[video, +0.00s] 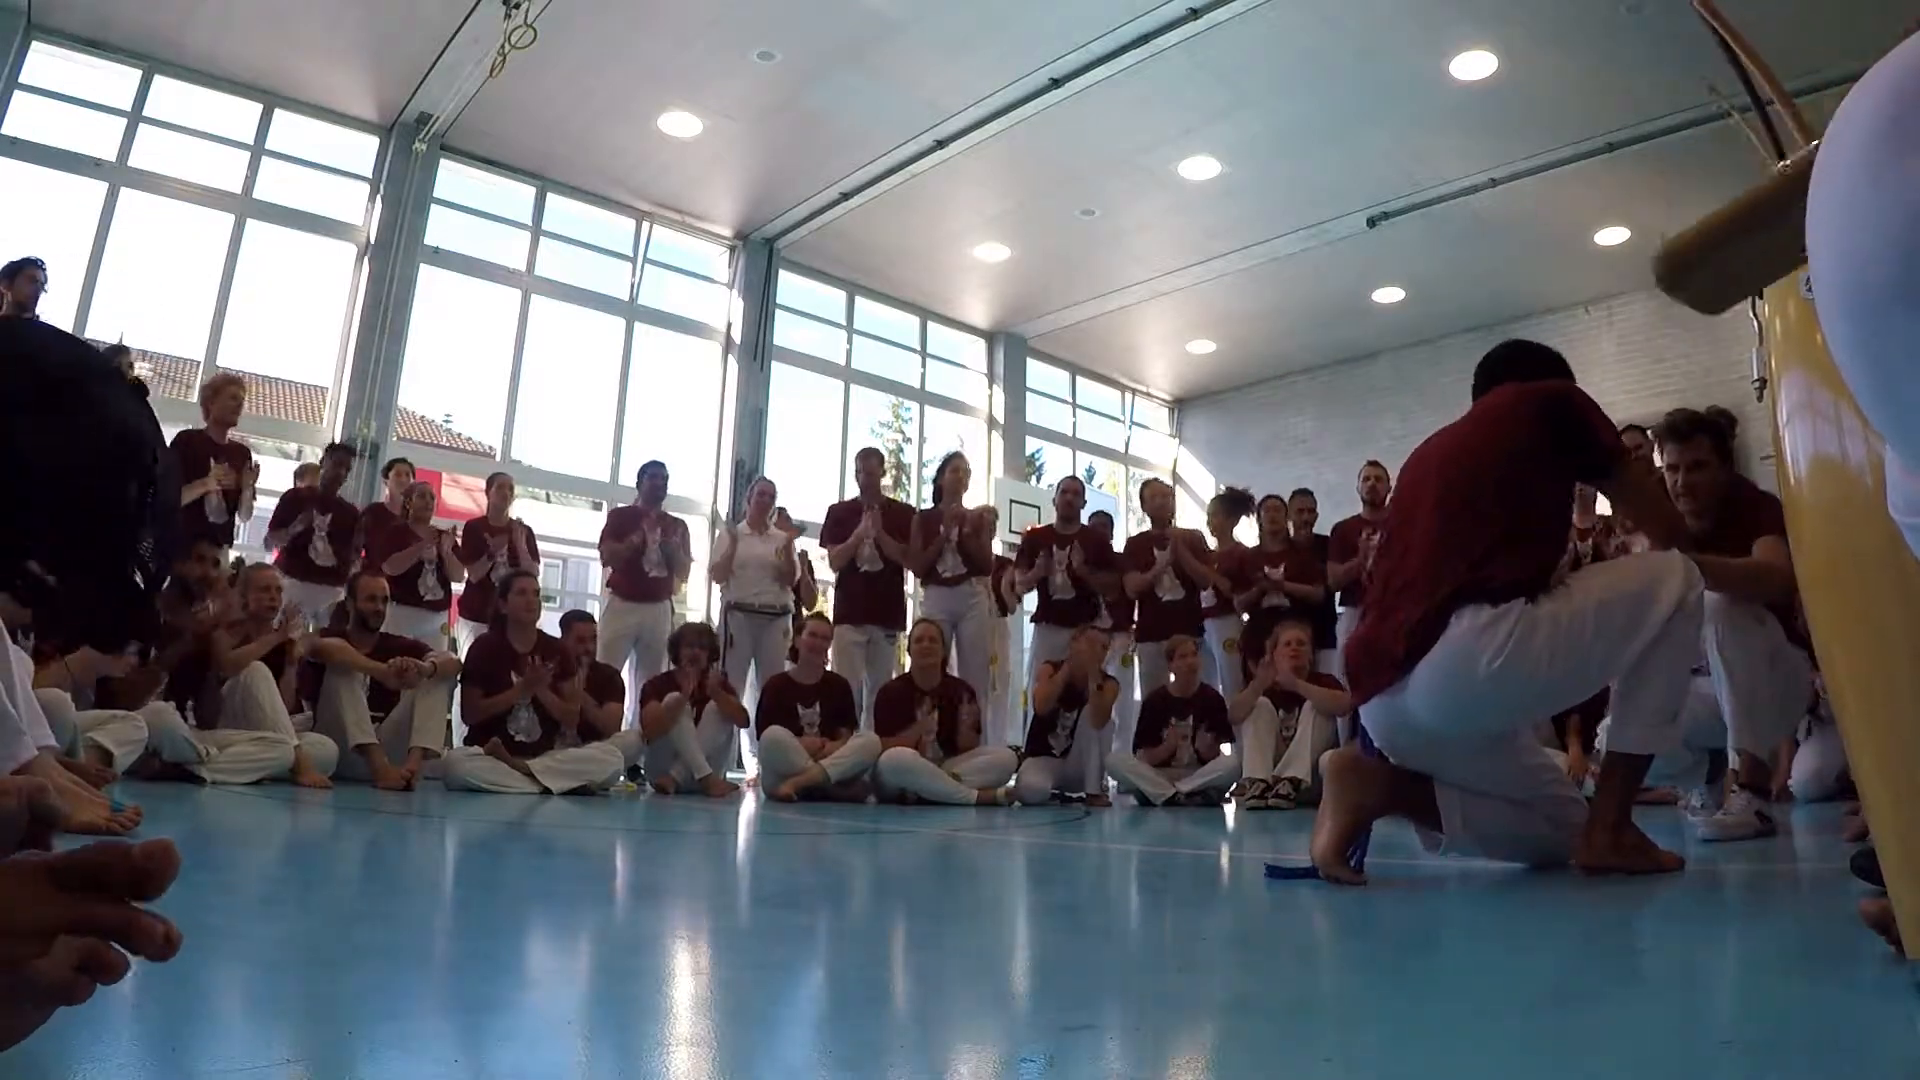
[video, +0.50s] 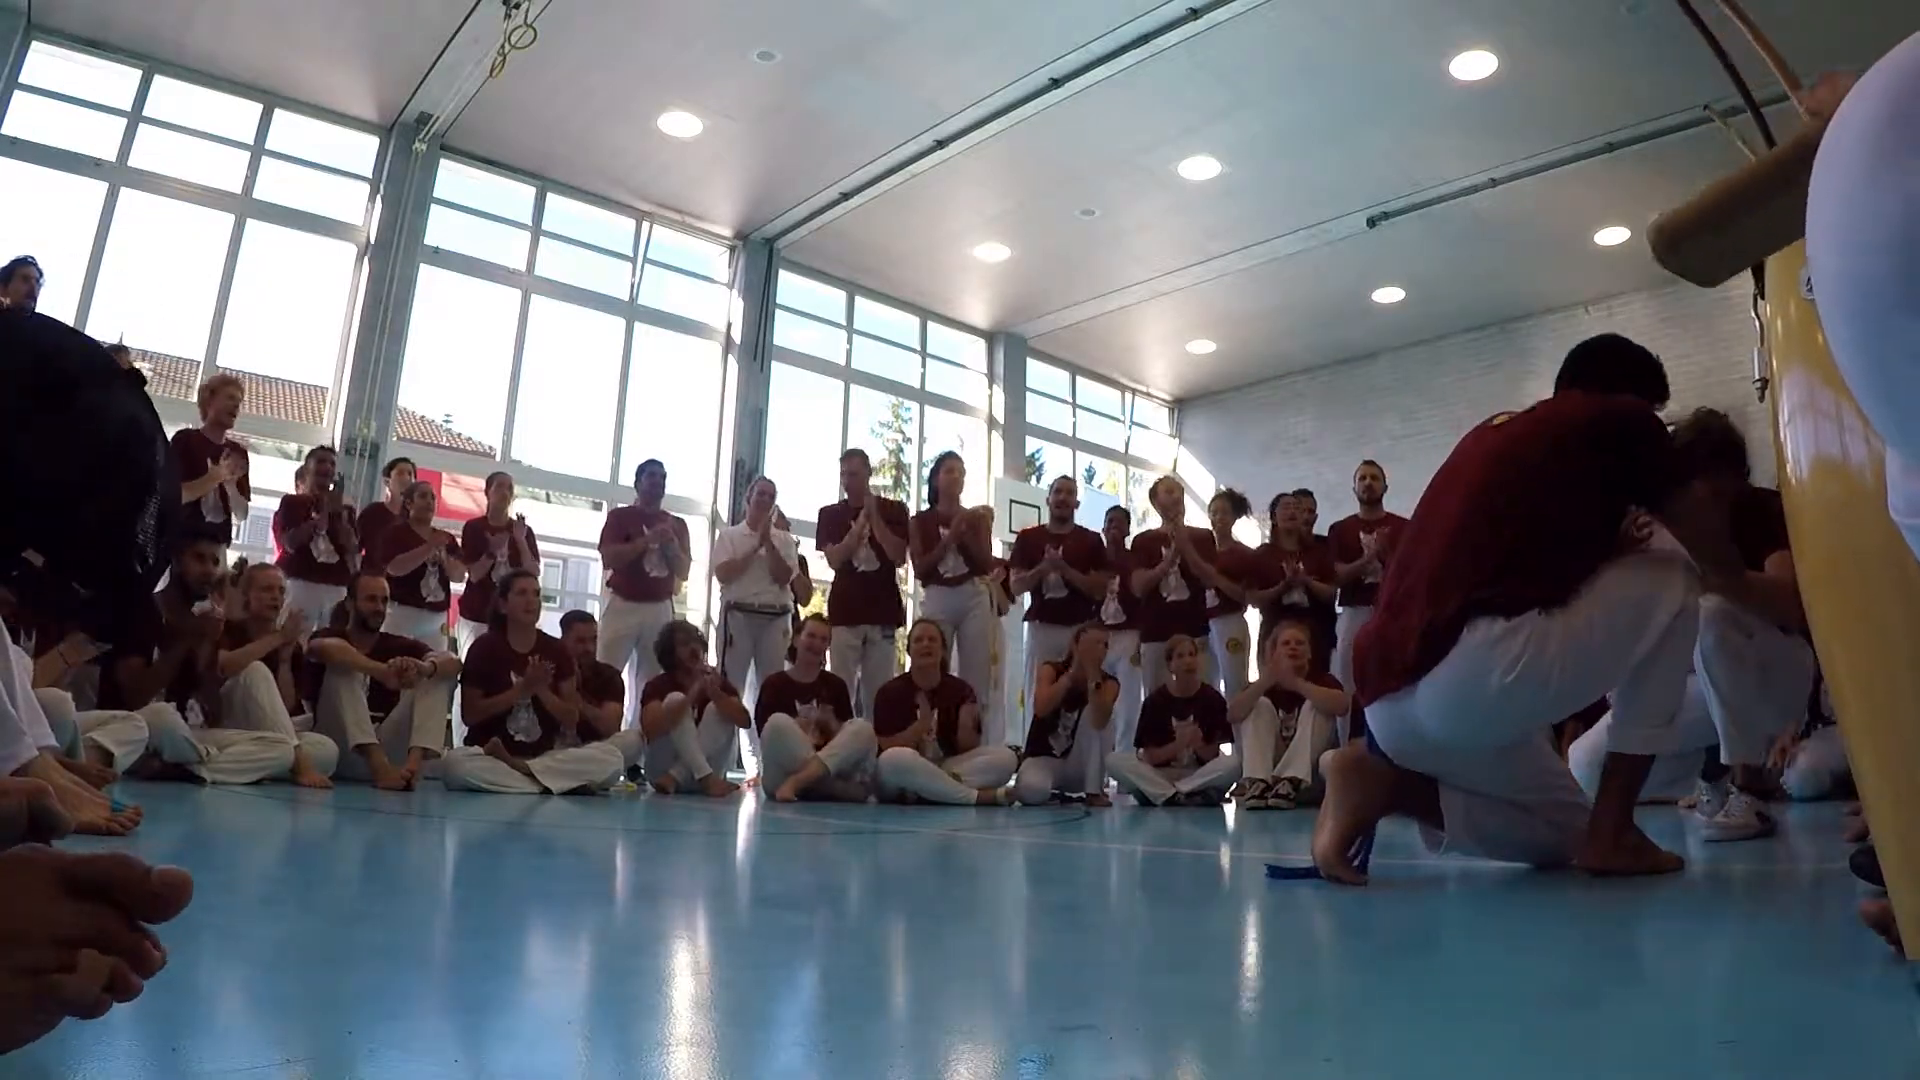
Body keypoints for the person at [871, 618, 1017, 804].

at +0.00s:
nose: (926, 646)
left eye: (933, 641)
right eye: (919, 641)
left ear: (944, 650)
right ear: (909, 650)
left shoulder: (961, 689)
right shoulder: (891, 692)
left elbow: (966, 749)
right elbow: (884, 746)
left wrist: (967, 726)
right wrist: (919, 729)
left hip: (950, 766)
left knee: (1006, 759)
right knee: (894, 760)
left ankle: (928, 792)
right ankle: (975, 798)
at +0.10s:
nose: (926, 645)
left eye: (933, 640)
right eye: (919, 641)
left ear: (943, 650)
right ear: (909, 650)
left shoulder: (960, 690)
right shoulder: (891, 692)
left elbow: (966, 749)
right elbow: (883, 747)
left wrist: (969, 726)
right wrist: (918, 727)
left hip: (950, 766)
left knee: (1006, 759)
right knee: (894, 759)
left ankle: (928, 792)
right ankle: (975, 798)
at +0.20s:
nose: (926, 645)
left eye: (932, 640)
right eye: (918, 640)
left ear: (943, 649)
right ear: (909, 650)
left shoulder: (961, 690)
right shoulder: (891, 692)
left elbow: (968, 746)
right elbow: (885, 744)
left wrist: (951, 724)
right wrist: (926, 736)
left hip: (950, 765)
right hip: (909, 766)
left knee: (1006, 758)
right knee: (894, 759)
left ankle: (928, 791)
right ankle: (975, 798)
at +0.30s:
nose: (926, 645)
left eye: (932, 640)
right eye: (918, 640)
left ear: (943, 649)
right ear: (909, 650)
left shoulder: (961, 689)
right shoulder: (891, 691)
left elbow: (969, 746)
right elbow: (884, 743)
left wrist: (955, 724)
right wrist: (924, 735)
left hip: (950, 765)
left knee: (1006, 758)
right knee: (894, 759)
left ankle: (929, 791)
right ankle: (975, 798)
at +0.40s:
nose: (926, 645)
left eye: (932, 640)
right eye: (918, 641)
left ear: (943, 649)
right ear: (909, 650)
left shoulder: (960, 689)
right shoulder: (890, 692)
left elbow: (967, 749)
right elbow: (883, 746)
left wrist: (966, 723)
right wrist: (920, 726)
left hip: (950, 765)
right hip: (908, 766)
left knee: (1006, 759)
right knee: (894, 759)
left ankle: (928, 791)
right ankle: (975, 798)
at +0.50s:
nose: (925, 645)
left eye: (932, 640)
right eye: (918, 640)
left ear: (943, 649)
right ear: (909, 650)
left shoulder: (960, 689)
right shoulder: (890, 692)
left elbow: (967, 748)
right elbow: (885, 746)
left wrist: (968, 724)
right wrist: (921, 725)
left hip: (949, 765)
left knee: (1006, 758)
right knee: (894, 759)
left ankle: (930, 791)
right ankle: (975, 798)